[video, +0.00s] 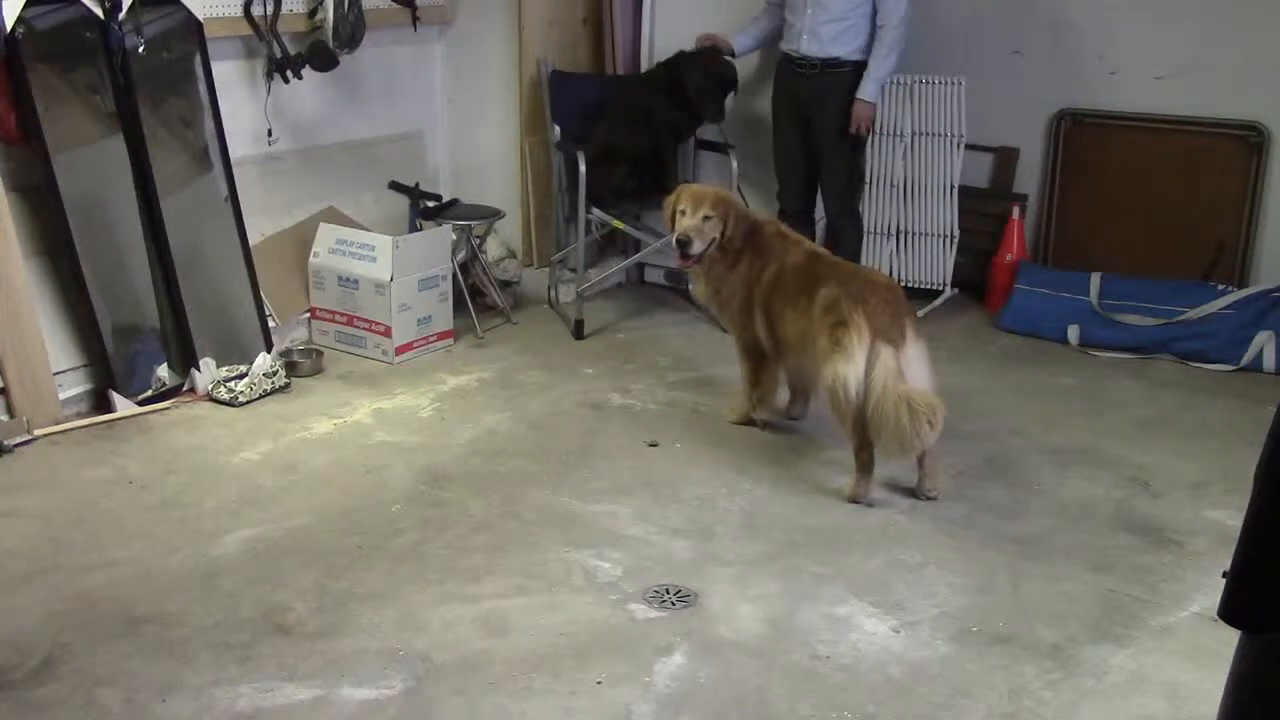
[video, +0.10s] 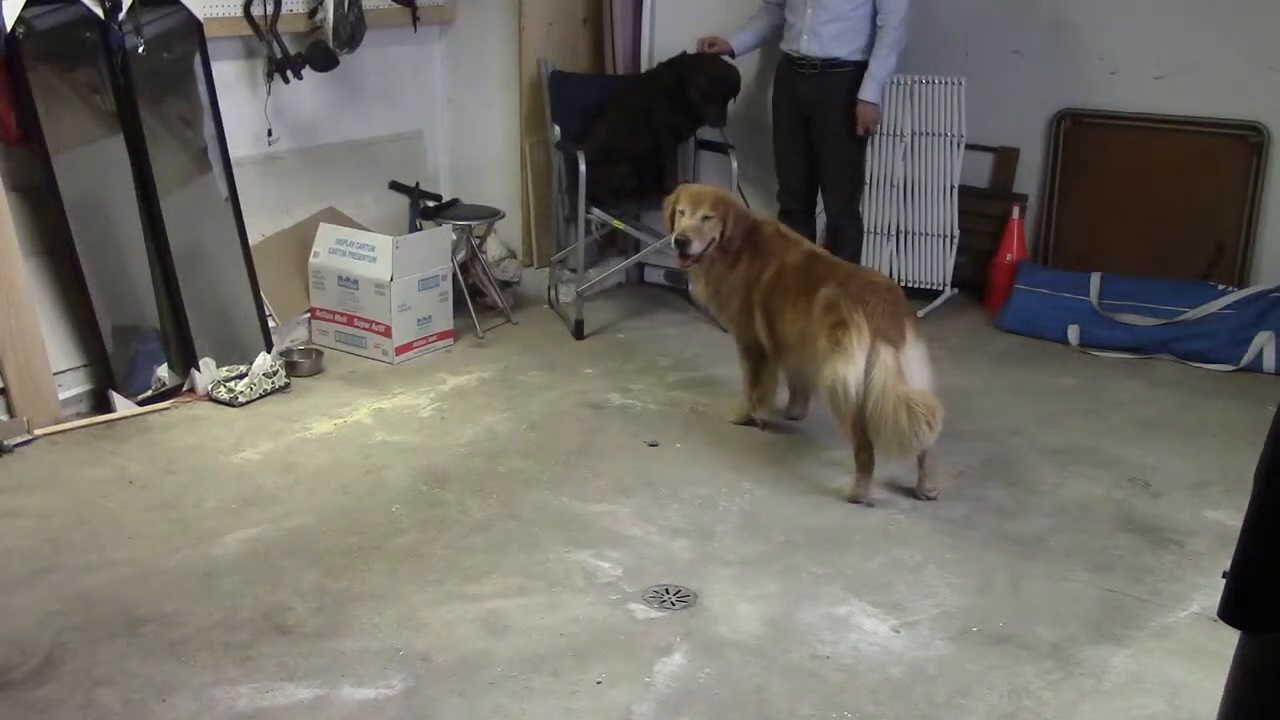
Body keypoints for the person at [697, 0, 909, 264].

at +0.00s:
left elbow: (892, 24)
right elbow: (775, 14)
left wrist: (868, 95)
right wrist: (733, 45)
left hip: (842, 81)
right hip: (790, 76)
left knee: (839, 204)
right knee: (792, 203)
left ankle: (839, 300)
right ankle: (791, 298)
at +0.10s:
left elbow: (893, 24)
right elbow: (773, 14)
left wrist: (871, 94)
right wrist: (732, 45)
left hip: (842, 81)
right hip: (790, 77)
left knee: (840, 205)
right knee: (793, 202)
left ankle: (839, 301)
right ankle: (791, 298)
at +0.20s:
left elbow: (893, 25)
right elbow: (774, 11)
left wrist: (874, 96)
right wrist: (733, 47)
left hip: (844, 81)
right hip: (791, 76)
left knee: (840, 206)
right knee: (793, 202)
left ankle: (839, 302)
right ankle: (791, 298)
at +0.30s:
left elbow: (894, 28)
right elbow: (775, 12)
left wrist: (878, 100)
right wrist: (735, 47)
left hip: (845, 81)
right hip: (791, 77)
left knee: (840, 206)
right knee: (793, 202)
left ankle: (838, 303)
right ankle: (791, 299)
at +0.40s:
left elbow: (895, 28)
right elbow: (776, 12)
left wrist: (879, 100)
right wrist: (742, 46)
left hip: (845, 80)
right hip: (790, 76)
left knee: (840, 207)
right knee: (793, 202)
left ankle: (839, 303)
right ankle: (790, 301)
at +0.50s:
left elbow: (895, 29)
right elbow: (776, 12)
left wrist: (880, 101)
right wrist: (739, 49)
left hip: (845, 81)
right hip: (790, 76)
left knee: (840, 207)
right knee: (793, 203)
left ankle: (838, 304)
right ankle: (790, 301)